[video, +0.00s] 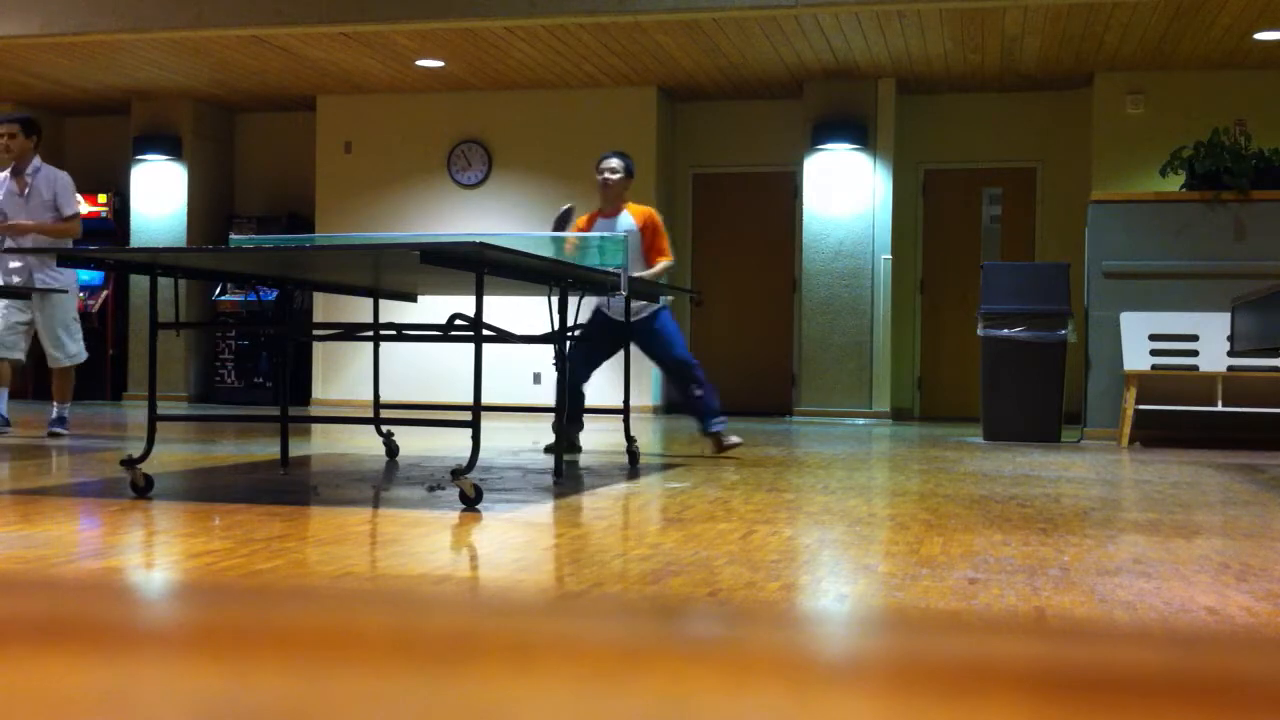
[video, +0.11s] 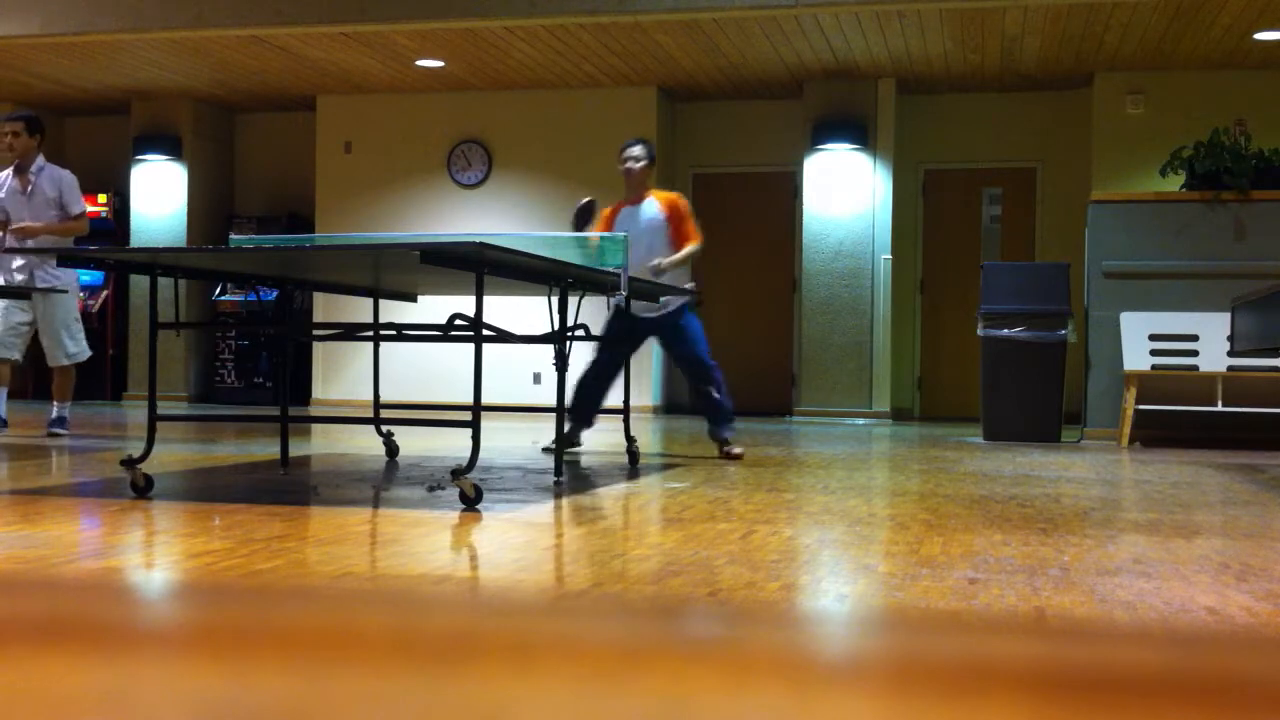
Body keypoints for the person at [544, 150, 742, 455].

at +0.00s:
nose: (606, 177)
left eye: (613, 172)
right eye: (602, 172)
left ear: (628, 179)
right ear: (595, 178)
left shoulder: (646, 217)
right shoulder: (585, 224)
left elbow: (666, 259)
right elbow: (568, 263)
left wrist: (644, 278)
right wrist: (560, 235)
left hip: (648, 313)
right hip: (607, 314)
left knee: (681, 362)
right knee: (571, 369)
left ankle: (716, 431)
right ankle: (568, 437)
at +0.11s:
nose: (629, 166)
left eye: (636, 160)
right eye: (625, 161)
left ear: (651, 165)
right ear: (619, 167)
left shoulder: (672, 203)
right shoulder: (612, 215)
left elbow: (694, 243)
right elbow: (594, 256)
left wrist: (668, 262)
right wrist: (581, 230)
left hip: (673, 306)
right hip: (629, 307)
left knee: (701, 365)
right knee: (601, 368)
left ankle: (723, 436)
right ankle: (573, 431)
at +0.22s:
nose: (661, 153)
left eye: (667, 147)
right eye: (656, 148)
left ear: (681, 153)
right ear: (651, 155)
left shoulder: (701, 184)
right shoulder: (652, 204)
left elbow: (718, 226)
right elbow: (641, 248)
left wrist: (674, 245)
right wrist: (622, 226)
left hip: (709, 297)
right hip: (670, 299)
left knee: (718, 370)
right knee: (636, 360)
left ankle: (727, 440)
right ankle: (628, 435)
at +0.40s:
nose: (687, 145)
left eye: (695, 139)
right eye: (684, 140)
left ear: (711, 144)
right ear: (681, 148)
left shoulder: (730, 175)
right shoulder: (691, 195)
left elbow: (734, 222)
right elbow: (686, 241)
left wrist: (691, 242)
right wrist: (657, 245)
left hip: (744, 278)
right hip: (714, 284)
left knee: (741, 349)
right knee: (718, 351)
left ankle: (752, 426)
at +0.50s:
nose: (708, 155)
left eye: (715, 148)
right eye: (705, 149)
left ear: (732, 152)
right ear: (702, 155)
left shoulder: (751, 188)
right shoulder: (716, 202)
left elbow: (752, 237)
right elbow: (693, 241)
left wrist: (707, 251)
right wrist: (652, 255)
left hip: (764, 288)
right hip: (737, 293)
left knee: (764, 361)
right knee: (743, 369)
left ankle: (799, 436)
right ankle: (781, 439)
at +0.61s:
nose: (722, 160)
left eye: (730, 153)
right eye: (719, 154)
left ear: (751, 157)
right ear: (718, 160)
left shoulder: (766, 192)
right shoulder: (733, 207)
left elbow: (778, 241)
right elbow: (703, 235)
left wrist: (731, 262)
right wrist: (657, 226)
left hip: (785, 293)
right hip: (754, 301)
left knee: (799, 363)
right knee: (750, 376)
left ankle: (828, 441)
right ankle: (784, 441)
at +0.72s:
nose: (740, 150)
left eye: (750, 143)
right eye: (739, 144)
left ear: (773, 150)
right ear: (737, 152)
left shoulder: (787, 185)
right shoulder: (746, 205)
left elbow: (817, 227)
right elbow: (710, 218)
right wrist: (682, 186)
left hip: (806, 294)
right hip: (771, 303)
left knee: (820, 362)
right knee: (772, 378)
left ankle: (832, 443)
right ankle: (787, 446)